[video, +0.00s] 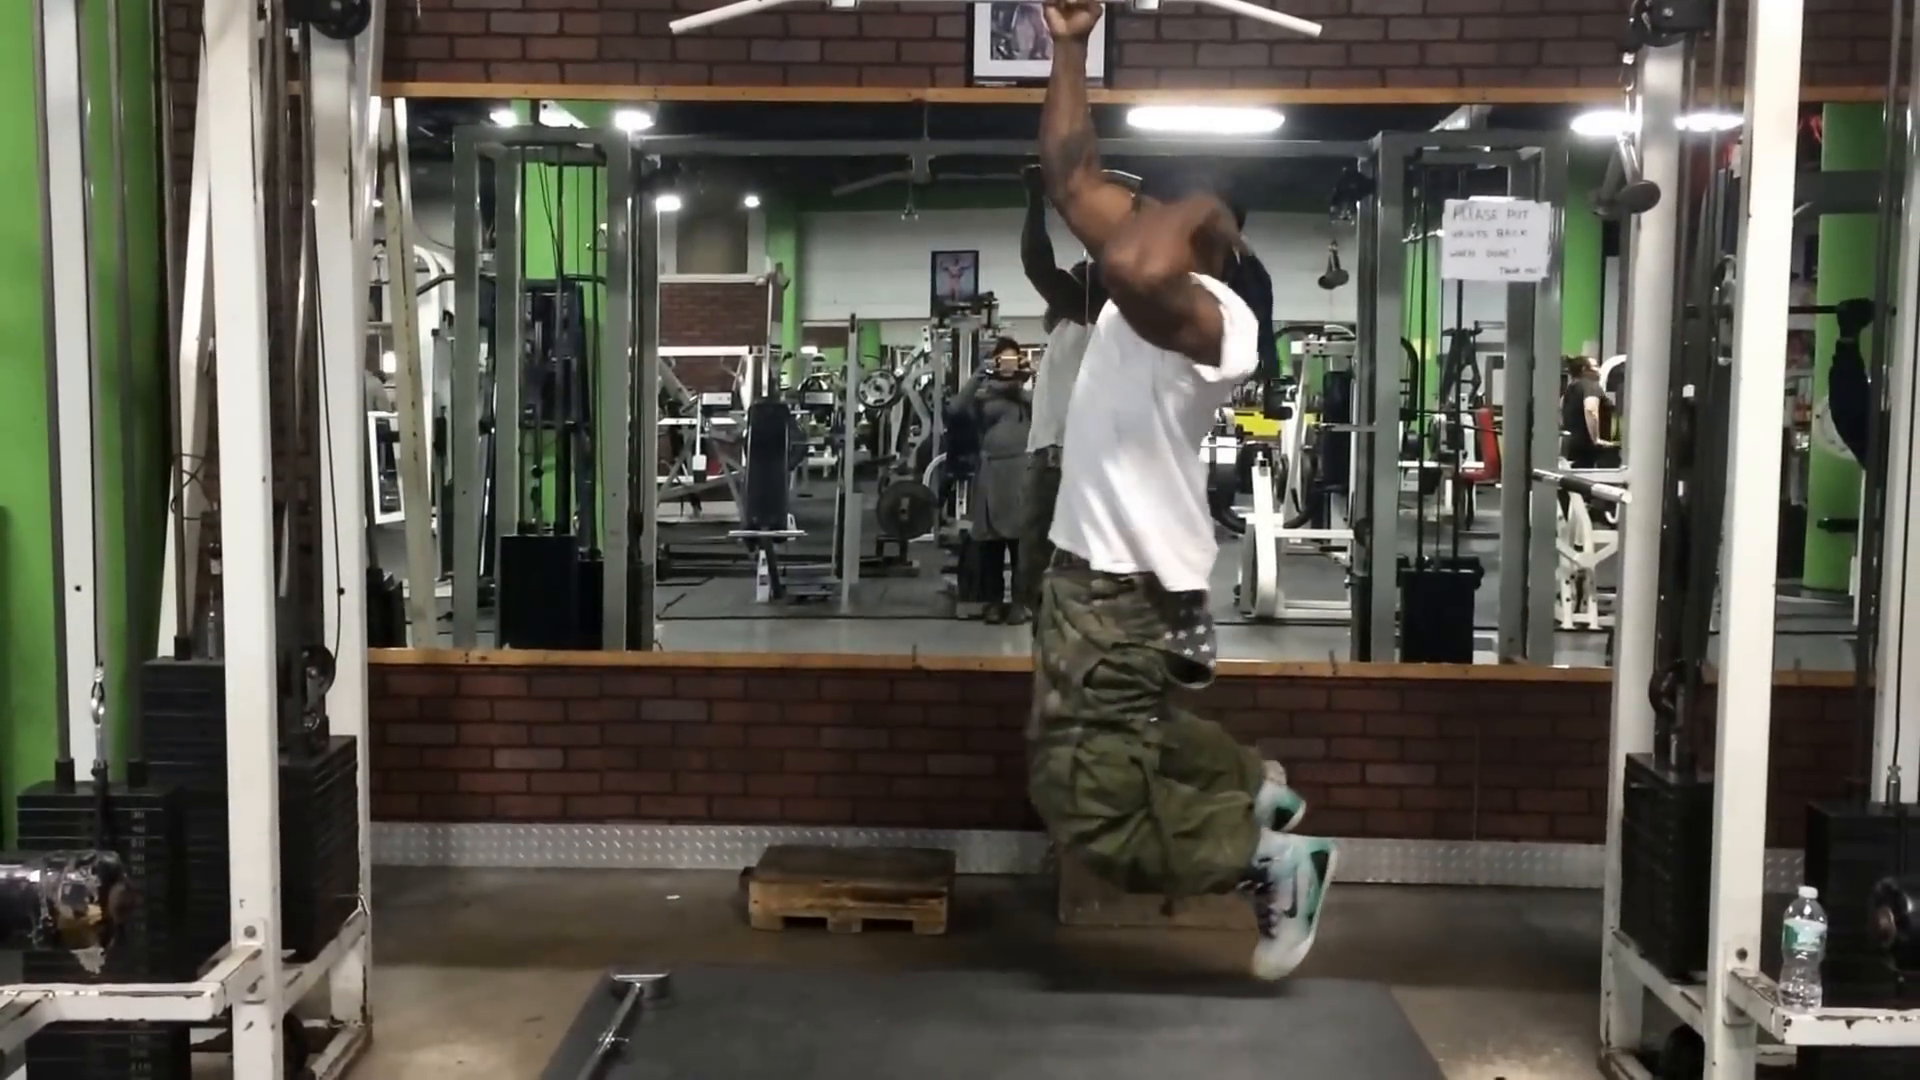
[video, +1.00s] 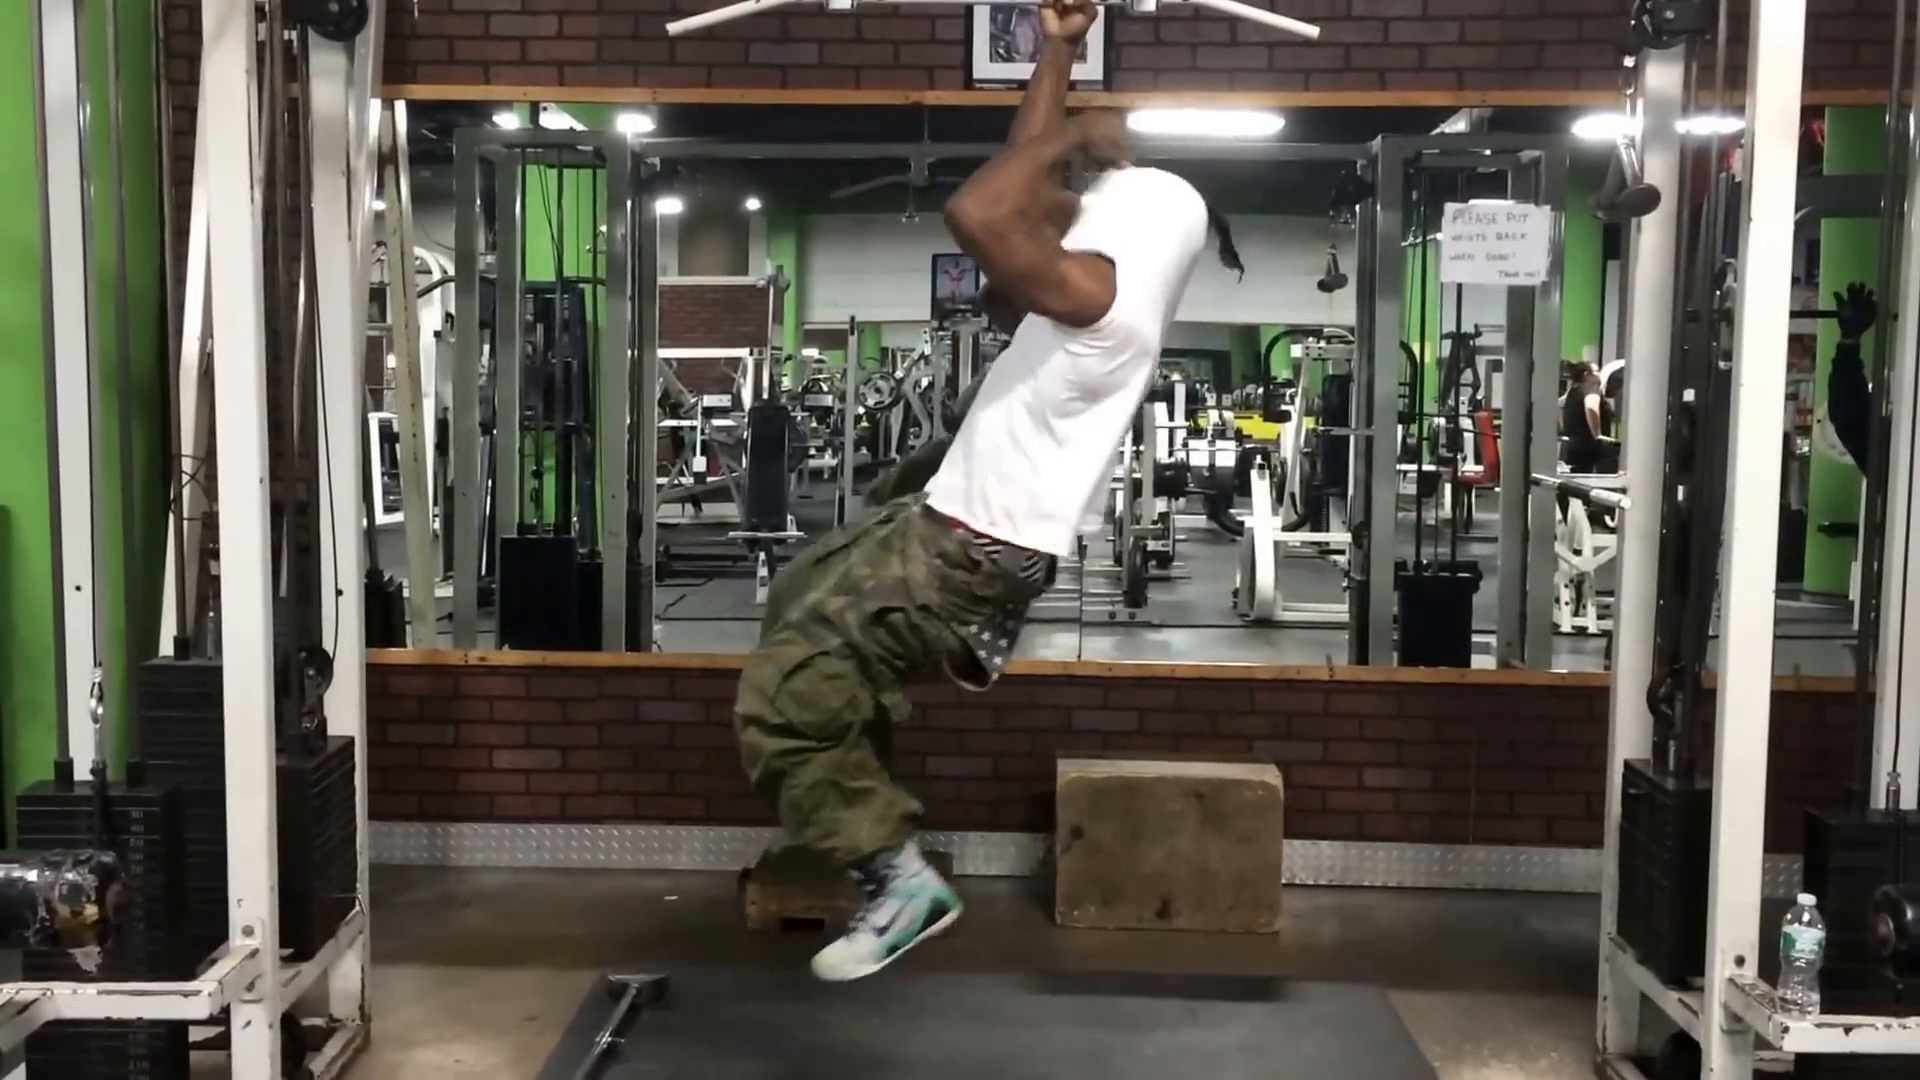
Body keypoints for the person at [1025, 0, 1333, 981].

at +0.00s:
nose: (1146, 222)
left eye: (1161, 214)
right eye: (1152, 210)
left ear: (1199, 245)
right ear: (1184, 241)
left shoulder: (1219, 315)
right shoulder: (1146, 283)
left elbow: (1137, 275)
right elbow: (1069, 175)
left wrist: (1190, 211)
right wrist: (1068, 45)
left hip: (1130, 581)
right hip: (1097, 570)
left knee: (1086, 806)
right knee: (1096, 739)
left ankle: (1271, 859)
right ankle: (1245, 784)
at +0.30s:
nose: (1082, 242)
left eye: (1100, 229)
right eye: (1085, 228)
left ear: (1146, 259)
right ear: (1123, 256)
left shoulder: (1158, 337)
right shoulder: (1103, 310)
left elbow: (1077, 279)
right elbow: (1053, 175)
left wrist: (1152, 243)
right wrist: (1063, 47)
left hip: (1026, 595)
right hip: (1029, 587)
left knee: (936, 800)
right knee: (1016, 758)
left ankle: (1123, 913)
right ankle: (1140, 865)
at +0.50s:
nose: (1078, 244)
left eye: (1098, 231)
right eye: (1090, 229)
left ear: (1135, 255)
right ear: (1123, 247)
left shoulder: (1124, 335)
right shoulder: (1102, 318)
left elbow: (1053, 239)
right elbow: (1046, 176)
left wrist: (1161, 228)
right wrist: (1064, 44)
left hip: (963, 571)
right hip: (997, 581)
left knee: (827, 768)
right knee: (934, 741)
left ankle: (976, 939)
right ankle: (1035, 881)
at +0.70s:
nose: (1079, 203)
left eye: (1090, 191)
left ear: (1117, 212)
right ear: (1166, 237)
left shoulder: (1119, 299)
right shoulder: (1087, 298)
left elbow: (1064, 181)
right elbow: (1034, 175)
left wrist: (1178, 167)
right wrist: (1059, 50)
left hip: (933, 556)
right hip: (974, 568)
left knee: (759, 734)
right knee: (879, 715)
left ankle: (874, 924)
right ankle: (946, 870)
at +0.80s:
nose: (1067, 199)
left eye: (1083, 185)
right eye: (1070, 179)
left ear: (1113, 207)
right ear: (1141, 223)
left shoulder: (1100, 290)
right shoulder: (1105, 310)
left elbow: (1039, 171)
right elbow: (1047, 181)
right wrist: (1065, 64)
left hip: (933, 551)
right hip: (982, 559)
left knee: (749, 715)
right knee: (845, 684)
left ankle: (859, 913)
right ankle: (913, 851)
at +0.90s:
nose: (1050, 218)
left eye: (1060, 189)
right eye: (1060, 180)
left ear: (1088, 200)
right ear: (1130, 223)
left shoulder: (1108, 288)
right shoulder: (1093, 296)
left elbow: (993, 189)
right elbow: (1016, 213)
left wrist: (1068, 120)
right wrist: (1055, 61)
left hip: (951, 546)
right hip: (974, 544)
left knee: (759, 699)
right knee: (835, 666)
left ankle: (867, 894)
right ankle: (883, 848)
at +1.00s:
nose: (1066, 201)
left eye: (1076, 189)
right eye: (1073, 190)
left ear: (1117, 225)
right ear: (1139, 232)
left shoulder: (1110, 309)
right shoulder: (1097, 294)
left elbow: (979, 216)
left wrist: (1062, 128)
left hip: (977, 549)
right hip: (949, 519)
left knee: (782, 693)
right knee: (792, 599)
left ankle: (899, 876)